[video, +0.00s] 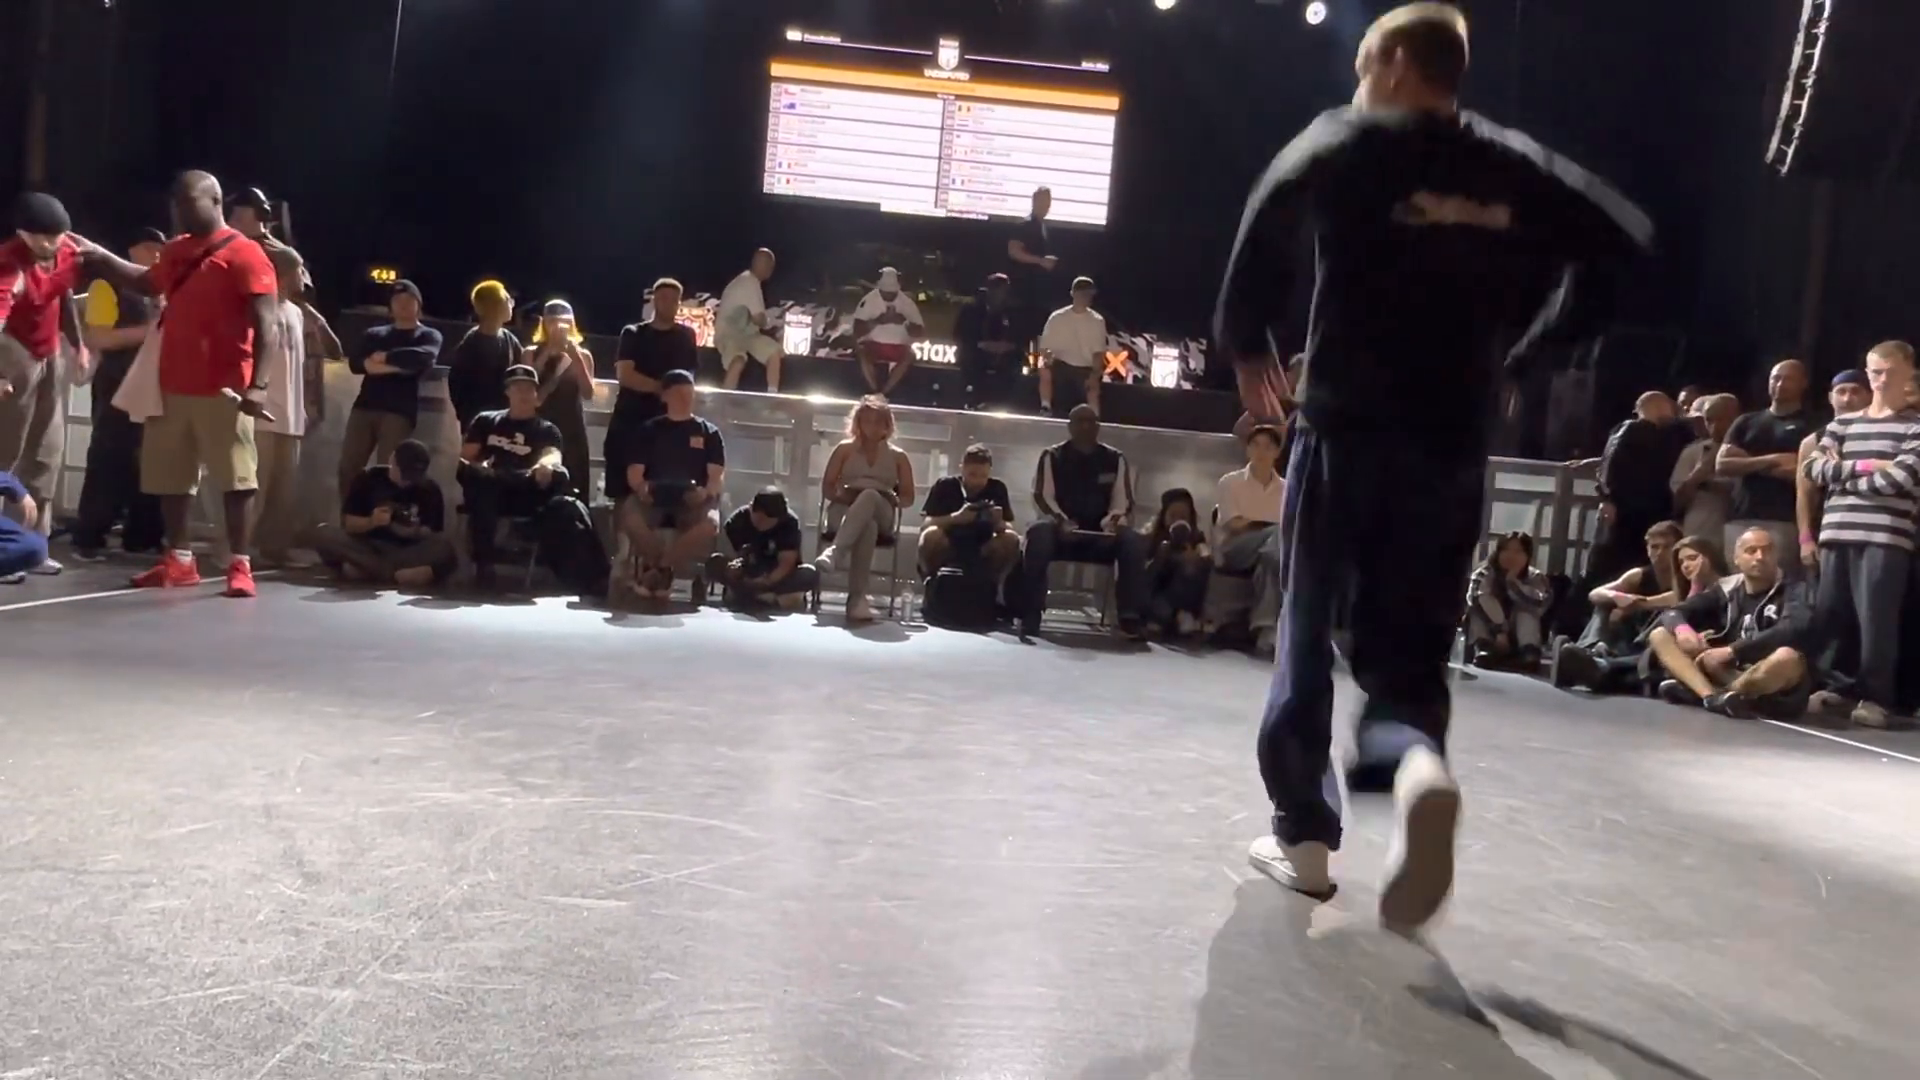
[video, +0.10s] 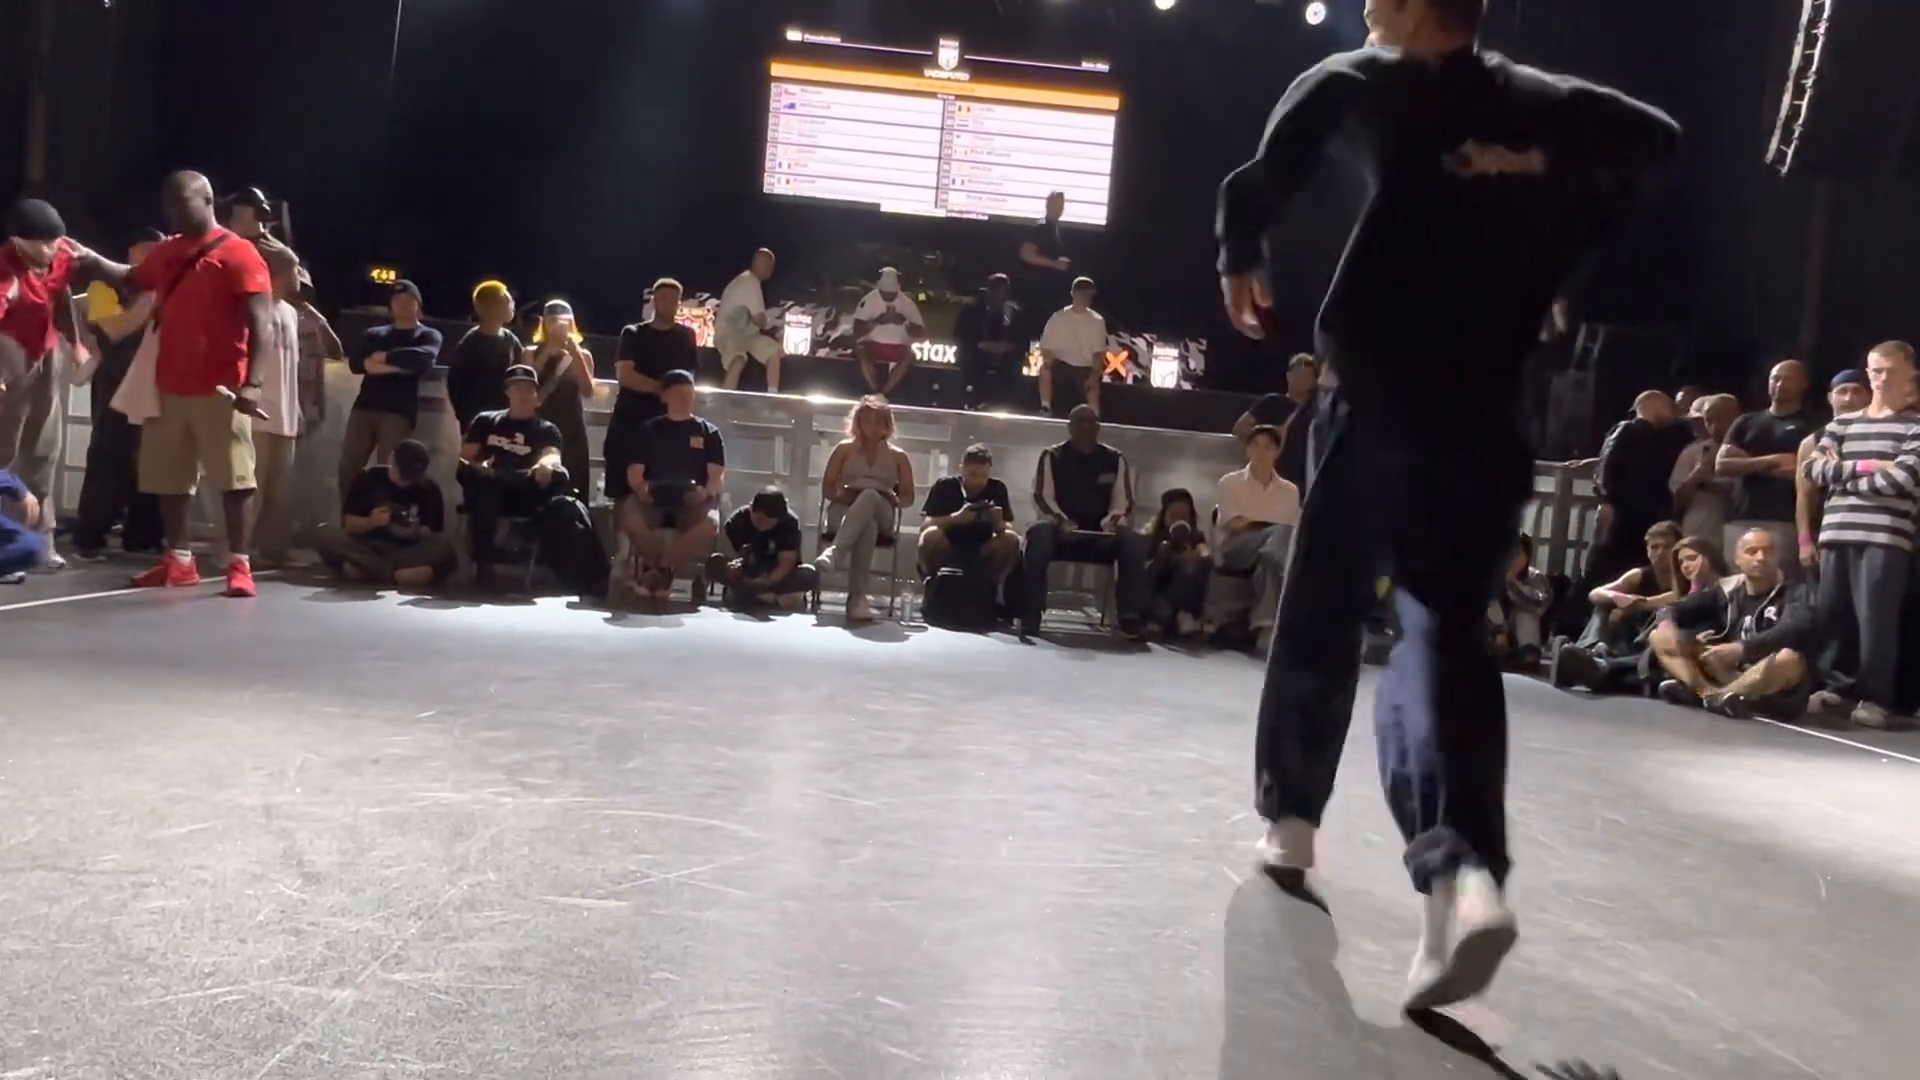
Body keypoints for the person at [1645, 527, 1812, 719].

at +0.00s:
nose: (1759, 557)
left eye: (1766, 550)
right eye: (1751, 551)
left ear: (1775, 556)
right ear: (1737, 559)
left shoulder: (1793, 589)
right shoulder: (1726, 589)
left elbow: (1792, 629)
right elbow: (1672, 614)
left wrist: (1732, 650)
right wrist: (1682, 630)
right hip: (1726, 672)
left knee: (1787, 658)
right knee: (1659, 636)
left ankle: (1723, 696)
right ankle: (1710, 696)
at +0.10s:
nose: (1760, 558)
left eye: (1767, 551)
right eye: (1752, 552)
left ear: (1776, 557)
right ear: (1738, 560)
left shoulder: (1795, 592)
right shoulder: (1728, 590)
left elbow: (1794, 629)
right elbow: (1680, 610)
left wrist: (1742, 649)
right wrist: (1667, 624)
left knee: (1788, 659)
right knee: (1661, 637)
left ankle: (1712, 697)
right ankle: (1711, 694)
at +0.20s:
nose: (1762, 558)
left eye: (1769, 552)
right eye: (1754, 552)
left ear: (1778, 557)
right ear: (1739, 560)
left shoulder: (1795, 590)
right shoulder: (1727, 591)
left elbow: (1794, 626)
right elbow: (1686, 608)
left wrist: (1754, 651)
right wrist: (1650, 624)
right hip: (1727, 666)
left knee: (1784, 660)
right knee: (1664, 635)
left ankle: (1719, 697)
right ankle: (1710, 695)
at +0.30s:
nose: (1763, 559)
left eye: (1770, 553)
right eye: (1755, 553)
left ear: (1780, 560)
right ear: (1740, 561)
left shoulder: (1795, 595)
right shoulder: (1728, 590)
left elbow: (1792, 628)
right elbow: (1683, 610)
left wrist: (1764, 654)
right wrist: (1636, 629)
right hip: (1731, 671)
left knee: (1788, 663)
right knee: (1666, 640)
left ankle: (1716, 697)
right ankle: (1711, 697)